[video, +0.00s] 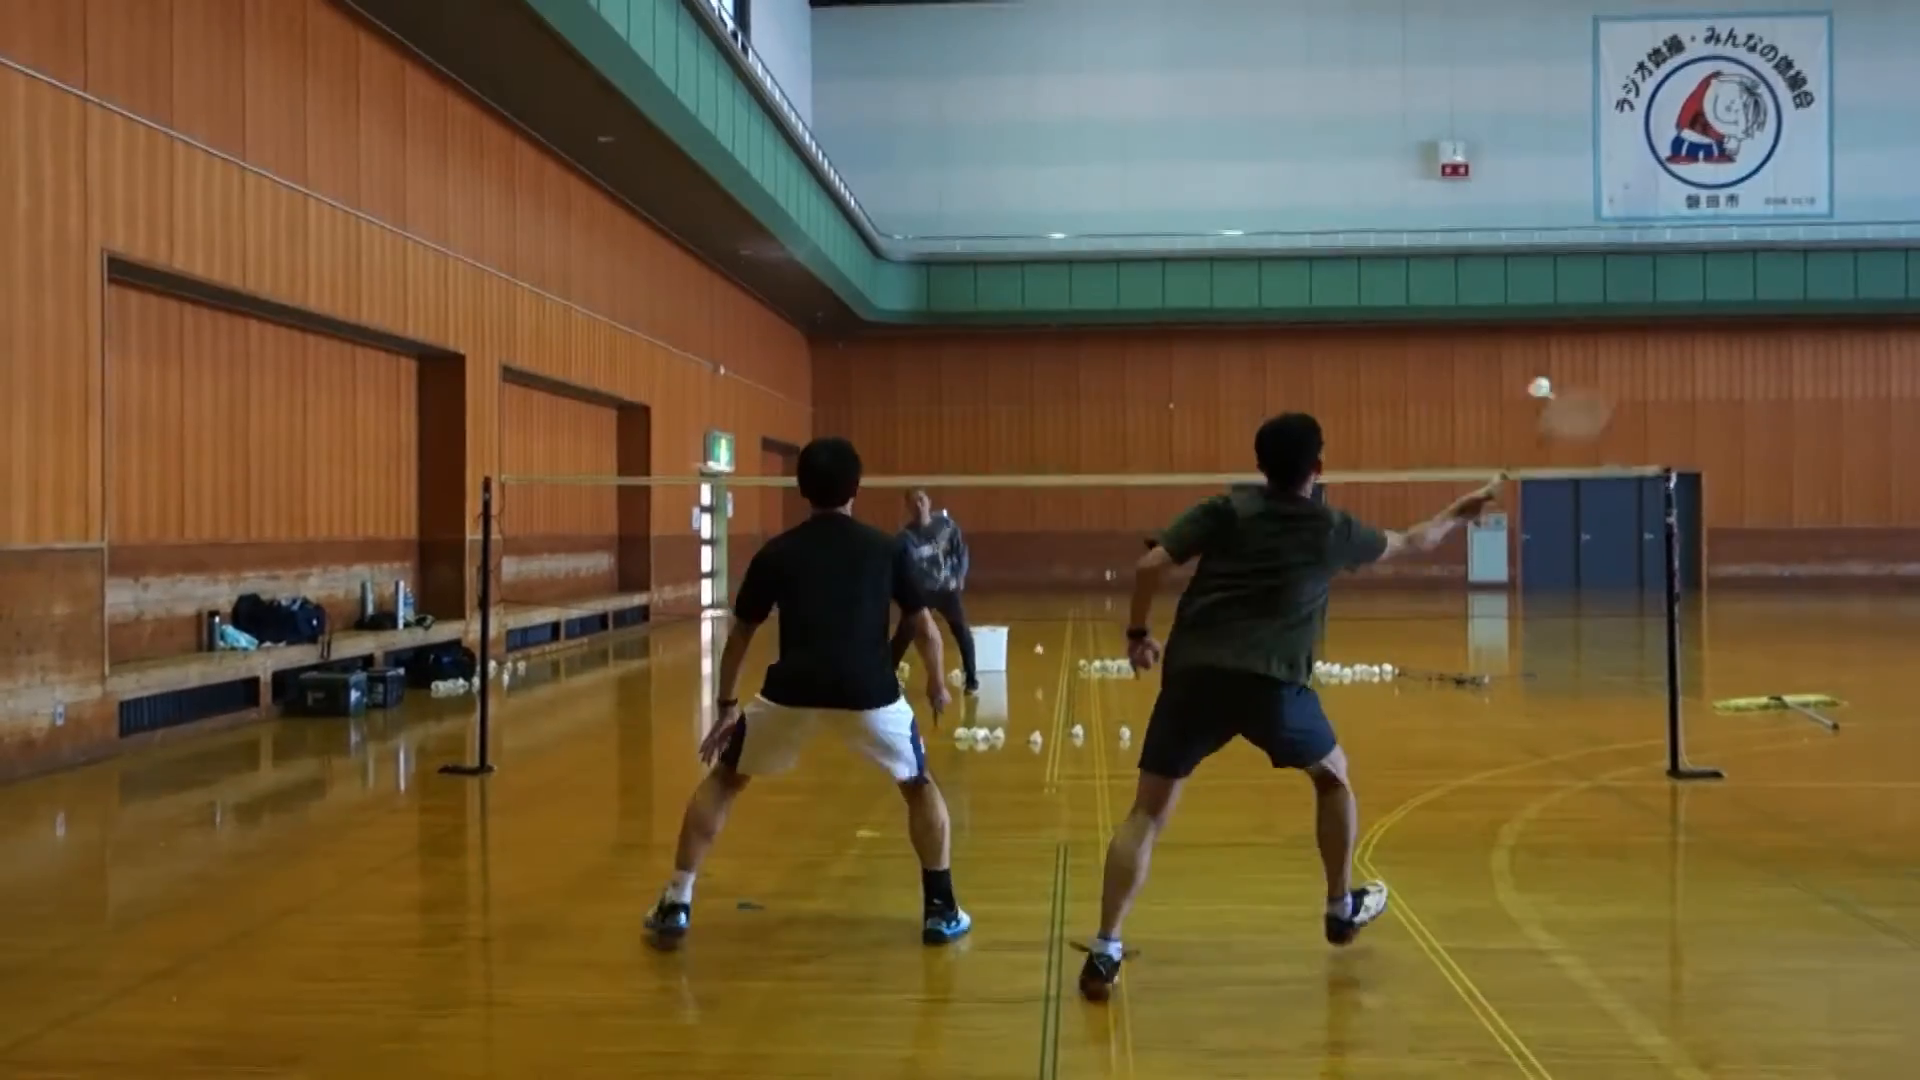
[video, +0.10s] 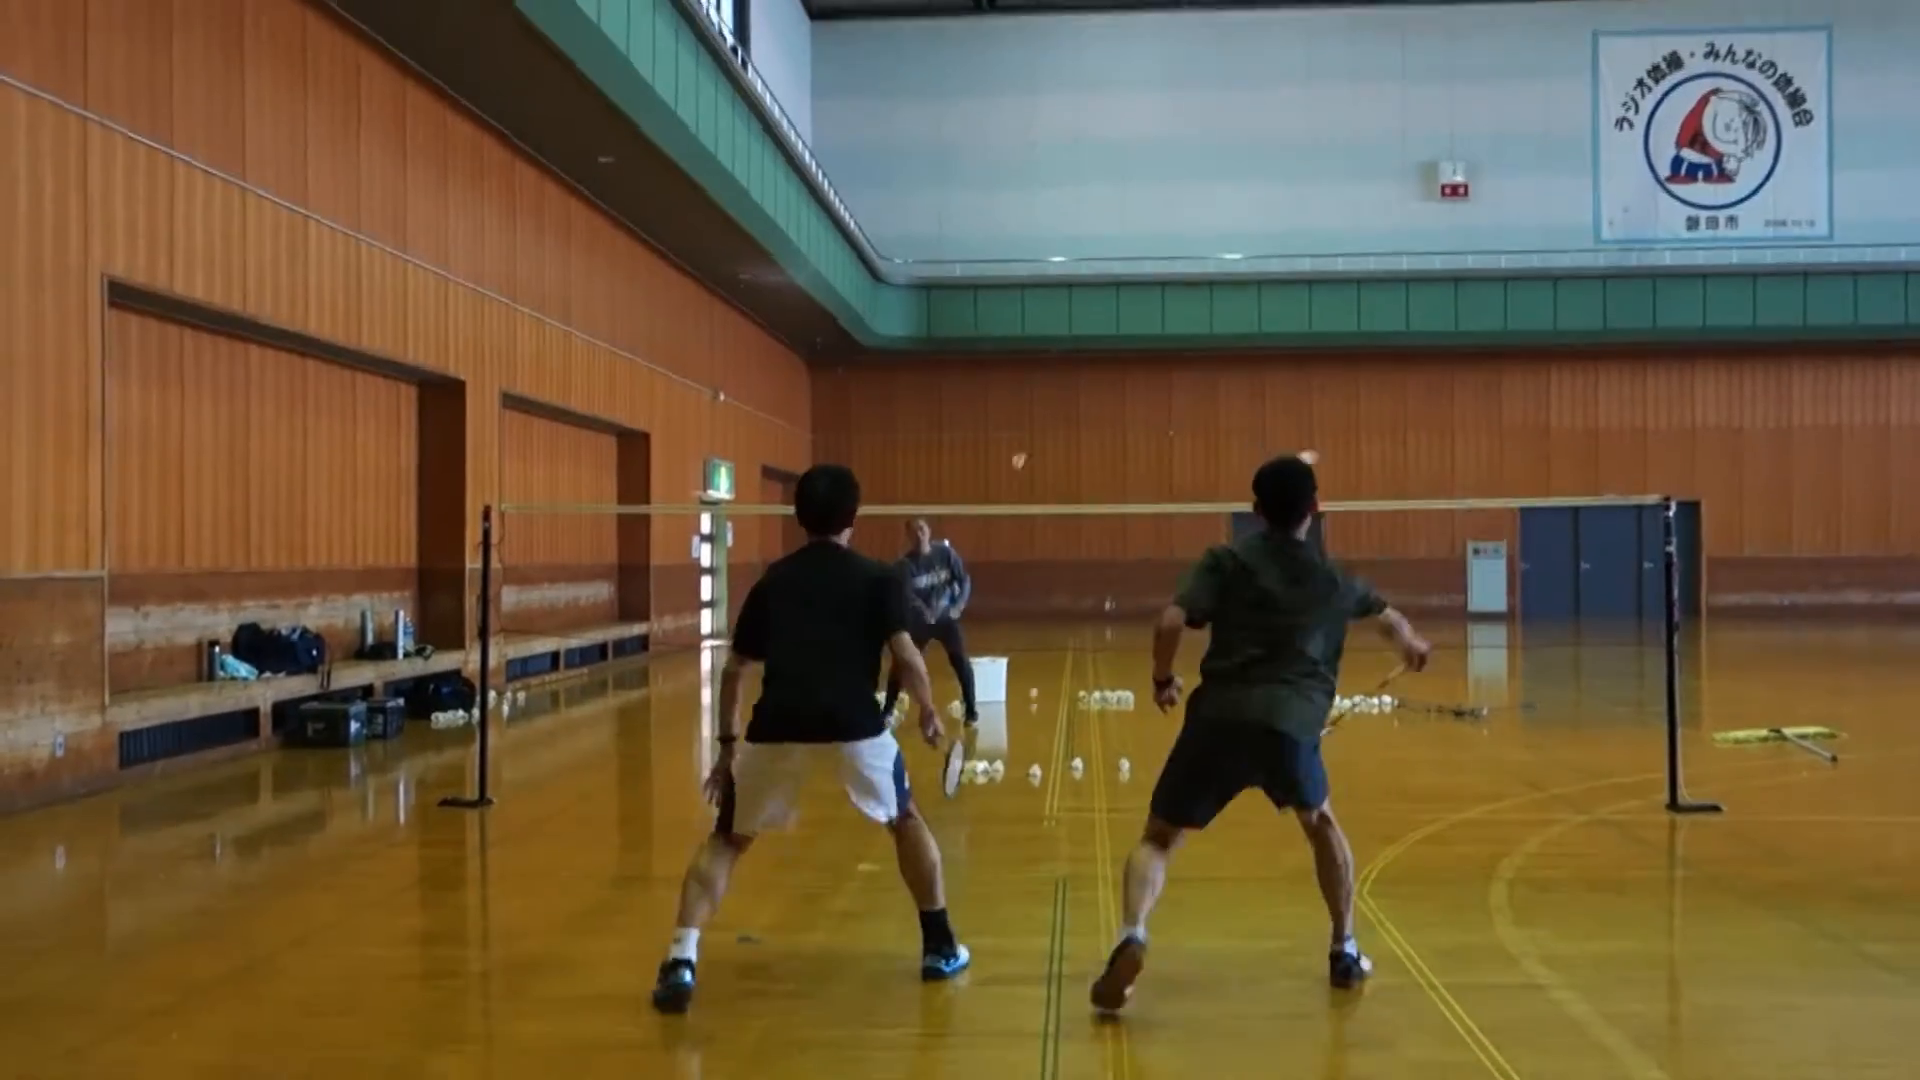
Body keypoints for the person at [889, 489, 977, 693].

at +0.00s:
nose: (919, 505)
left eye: (922, 500)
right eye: (915, 501)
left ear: (928, 502)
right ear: (909, 506)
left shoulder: (946, 525)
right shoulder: (906, 536)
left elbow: (961, 551)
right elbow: (900, 564)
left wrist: (960, 577)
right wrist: (907, 589)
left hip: (946, 590)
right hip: (918, 593)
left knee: (962, 632)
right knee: (902, 636)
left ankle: (971, 677)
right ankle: (886, 674)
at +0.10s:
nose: (919, 534)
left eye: (922, 529)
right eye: (914, 530)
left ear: (928, 531)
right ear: (908, 535)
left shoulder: (945, 553)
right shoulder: (904, 565)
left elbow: (963, 580)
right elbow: (906, 596)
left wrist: (958, 607)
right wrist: (924, 612)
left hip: (946, 618)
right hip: (919, 621)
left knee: (960, 661)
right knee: (900, 664)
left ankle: (970, 708)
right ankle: (888, 709)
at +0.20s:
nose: (919, 549)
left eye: (922, 544)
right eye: (915, 546)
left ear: (928, 547)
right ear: (909, 550)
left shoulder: (945, 569)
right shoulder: (905, 579)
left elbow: (962, 595)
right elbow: (902, 611)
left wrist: (952, 614)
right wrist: (910, 639)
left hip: (947, 634)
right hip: (921, 637)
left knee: (962, 677)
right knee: (900, 679)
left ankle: (972, 723)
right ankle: (889, 724)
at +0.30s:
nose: (915, 553)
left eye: (918, 547)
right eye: (910, 549)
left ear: (925, 549)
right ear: (905, 553)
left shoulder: (941, 571)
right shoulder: (904, 580)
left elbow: (956, 599)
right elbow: (896, 612)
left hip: (946, 634)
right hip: (920, 636)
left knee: (961, 677)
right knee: (905, 681)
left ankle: (972, 723)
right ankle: (890, 723)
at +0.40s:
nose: (913, 554)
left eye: (916, 549)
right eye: (909, 550)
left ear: (924, 550)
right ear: (903, 554)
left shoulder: (941, 570)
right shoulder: (902, 579)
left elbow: (942, 601)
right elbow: (896, 611)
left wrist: (914, 591)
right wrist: (894, 636)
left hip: (946, 633)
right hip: (920, 635)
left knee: (959, 676)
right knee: (905, 680)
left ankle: (972, 721)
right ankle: (890, 721)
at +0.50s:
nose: (913, 553)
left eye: (916, 547)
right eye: (908, 549)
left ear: (923, 548)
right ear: (904, 552)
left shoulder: (941, 567)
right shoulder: (904, 577)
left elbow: (940, 598)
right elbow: (902, 605)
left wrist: (916, 604)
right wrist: (905, 624)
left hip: (946, 629)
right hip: (920, 630)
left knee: (960, 672)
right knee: (905, 674)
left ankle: (971, 717)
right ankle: (890, 717)